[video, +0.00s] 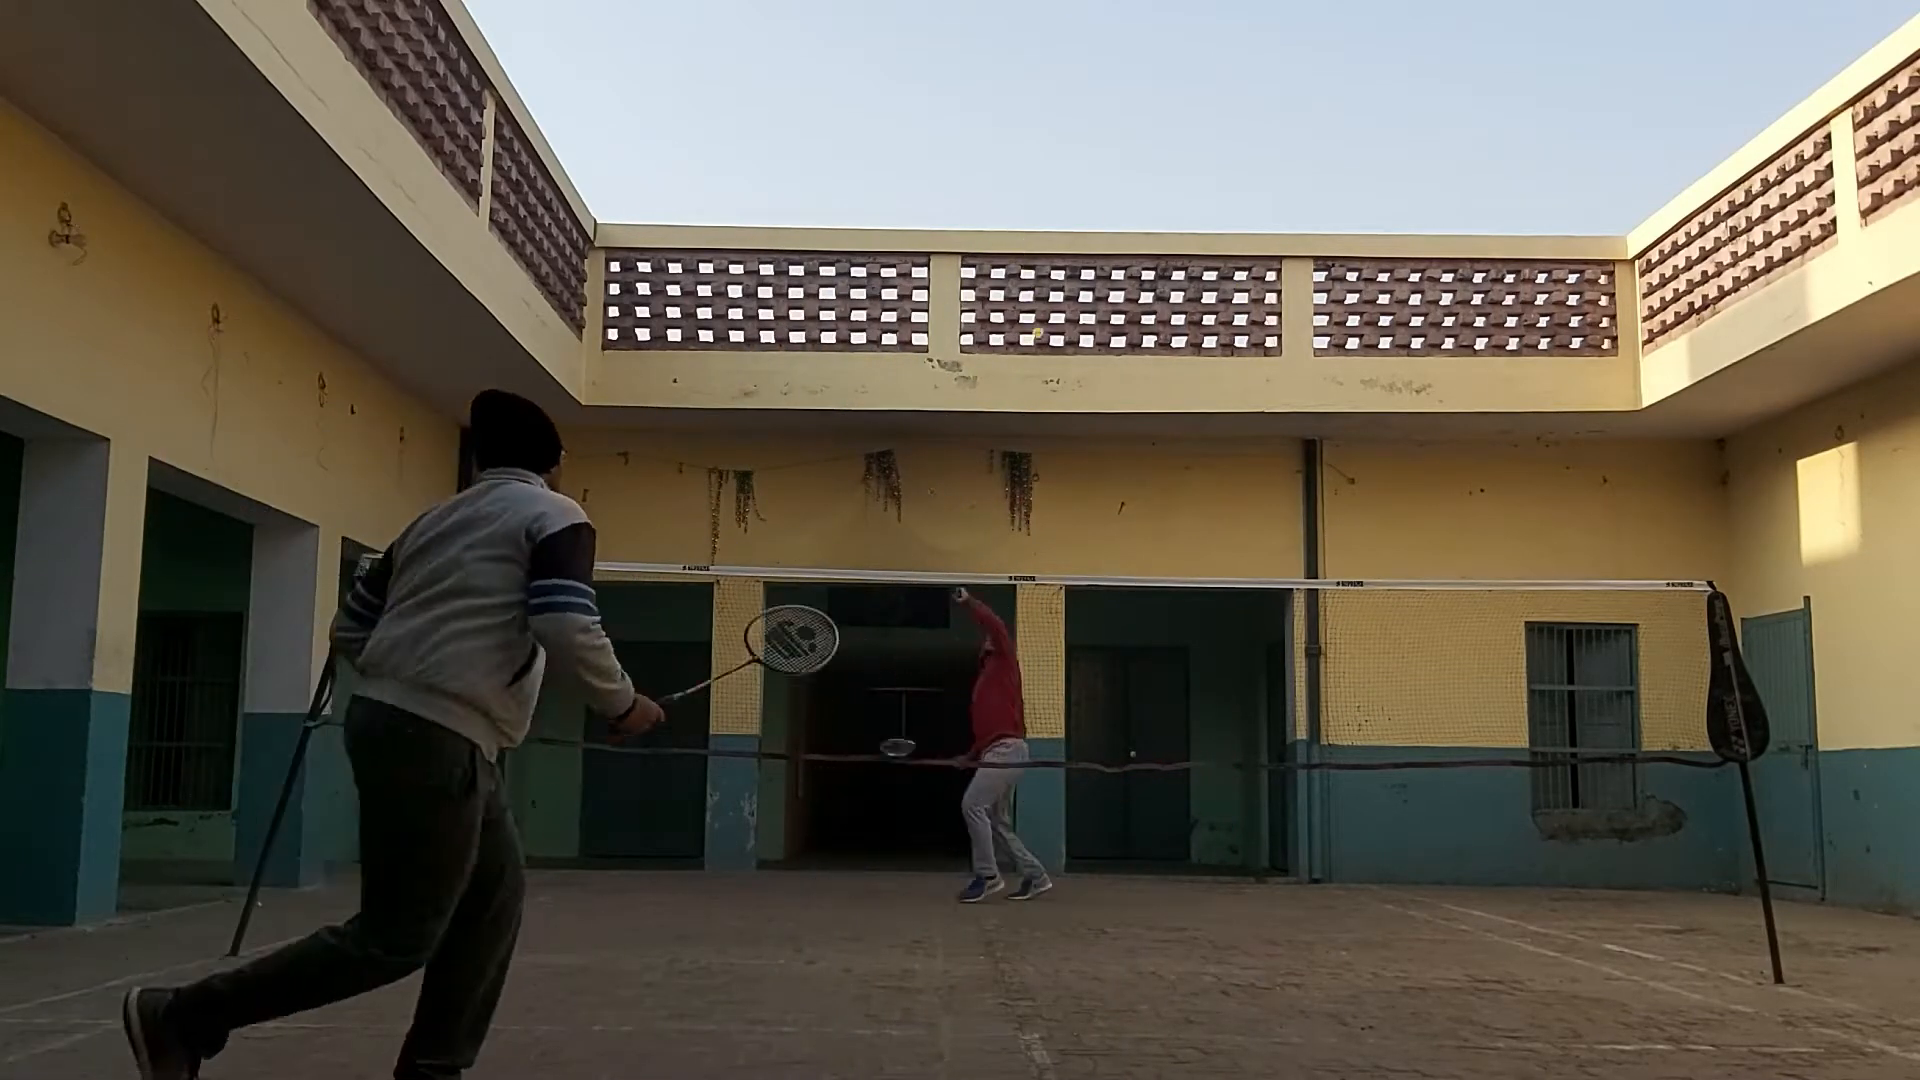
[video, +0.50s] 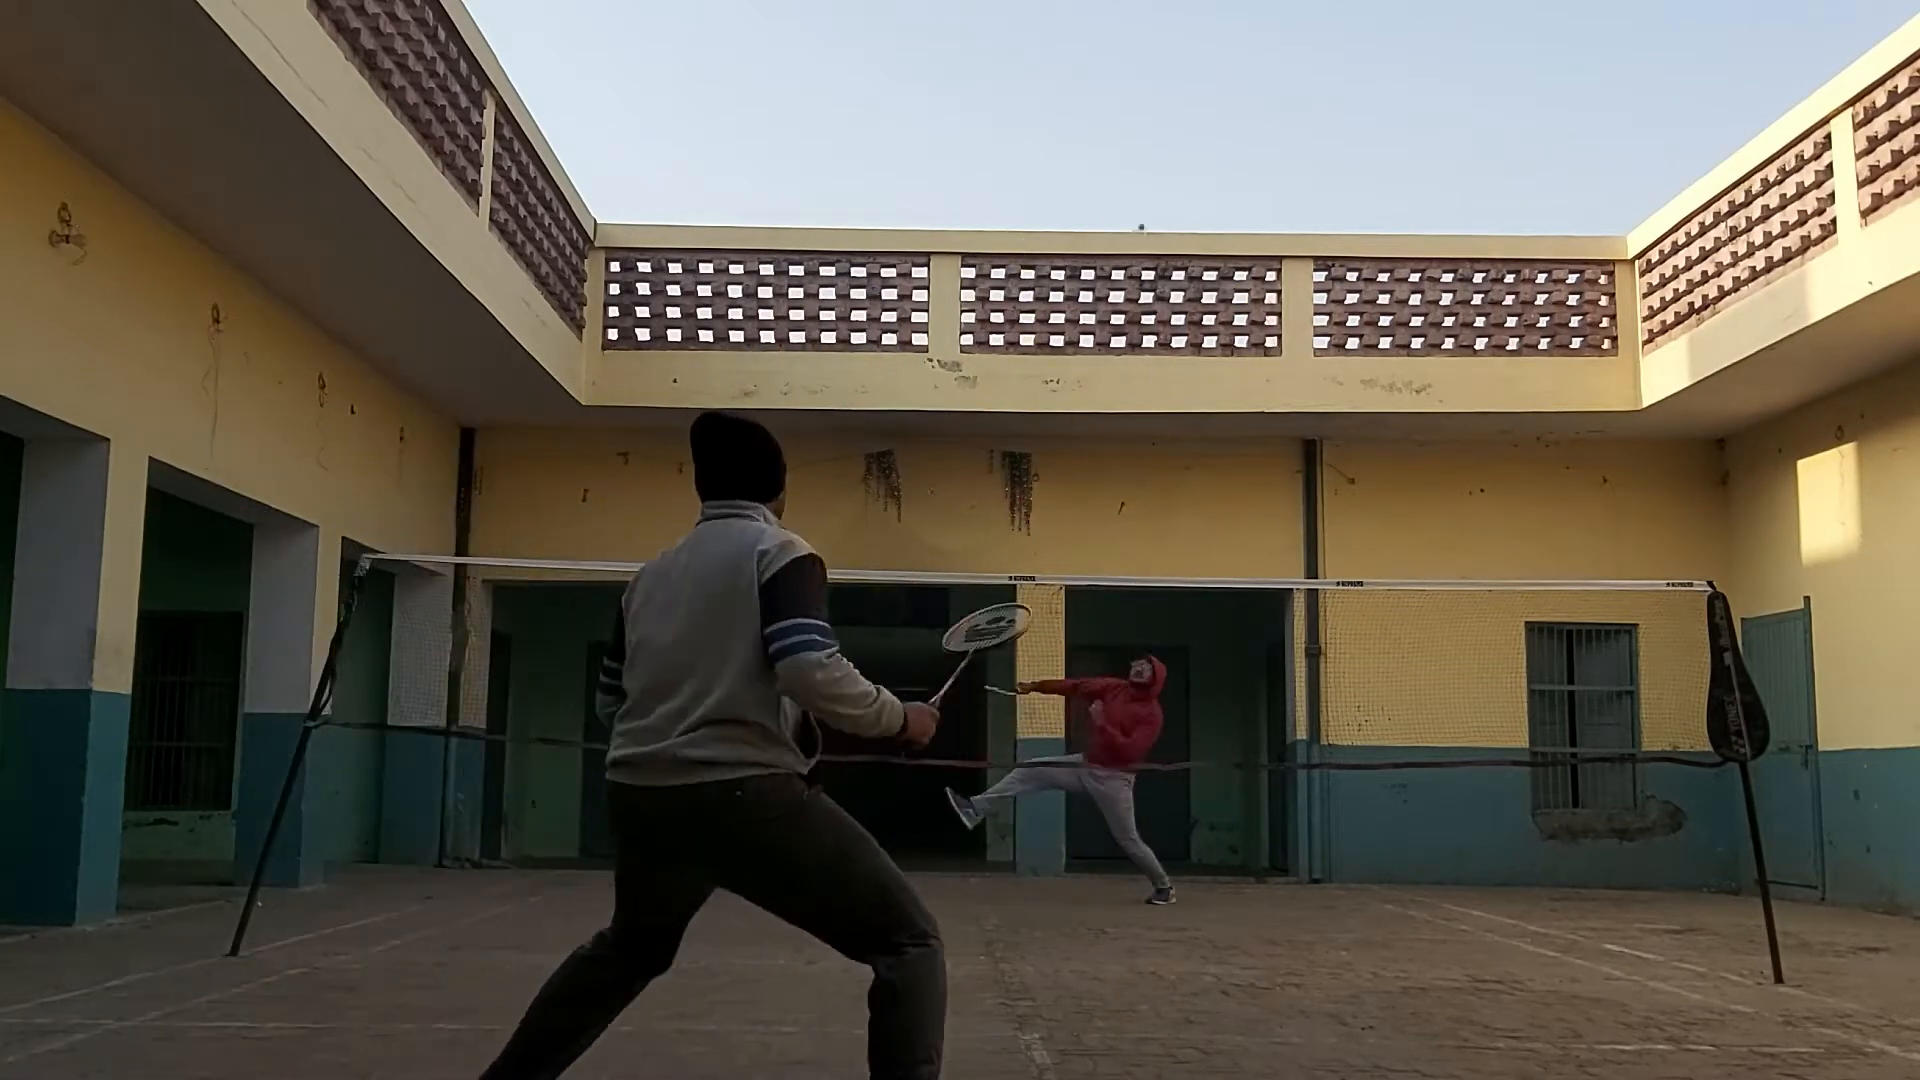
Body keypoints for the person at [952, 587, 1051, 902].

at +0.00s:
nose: (986, 641)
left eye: (990, 637)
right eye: (984, 638)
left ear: (998, 642)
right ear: (982, 645)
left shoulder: (1004, 660)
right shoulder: (987, 674)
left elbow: (997, 626)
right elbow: (990, 721)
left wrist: (970, 602)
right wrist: (972, 755)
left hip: (1008, 748)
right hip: (996, 751)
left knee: (974, 806)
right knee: (996, 821)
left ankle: (988, 875)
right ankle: (1035, 875)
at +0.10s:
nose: (1018, 636)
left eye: (1022, 632)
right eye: (1018, 632)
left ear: (1030, 637)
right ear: (1017, 640)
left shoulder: (1034, 659)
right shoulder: (1016, 670)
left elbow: (1028, 624)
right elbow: (1012, 709)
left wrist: (1016, 592)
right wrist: (993, 708)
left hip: (1026, 741)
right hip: (1015, 742)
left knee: (993, 796)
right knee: (1012, 808)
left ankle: (1038, 848)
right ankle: (1033, 878)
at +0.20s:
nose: (1063, 639)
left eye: (1067, 637)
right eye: (1062, 637)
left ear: (1077, 644)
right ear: (1061, 644)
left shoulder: (1075, 660)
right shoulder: (1044, 669)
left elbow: (1058, 646)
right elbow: (1016, 683)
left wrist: (1038, 628)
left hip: (1039, 733)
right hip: (1019, 733)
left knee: (1028, 795)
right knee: (1020, 806)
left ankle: (1080, 812)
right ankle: (1033, 873)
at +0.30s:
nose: (1096, 641)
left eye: (1103, 639)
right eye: (1097, 638)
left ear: (1111, 647)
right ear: (1096, 646)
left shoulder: (1107, 673)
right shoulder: (1080, 658)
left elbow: (1075, 683)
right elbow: (1053, 637)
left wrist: (1051, 661)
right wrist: (1035, 605)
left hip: (1061, 737)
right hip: (1039, 733)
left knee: (1069, 803)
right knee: (1012, 794)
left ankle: (1124, 826)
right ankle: (1018, 866)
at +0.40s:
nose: (1122, 648)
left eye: (1129, 648)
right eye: (1124, 645)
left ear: (1137, 659)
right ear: (1124, 653)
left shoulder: (1130, 693)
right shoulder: (1104, 666)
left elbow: (1086, 710)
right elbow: (1076, 651)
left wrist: (1079, 682)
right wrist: (1042, 634)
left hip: (1093, 763)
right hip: (1065, 752)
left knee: (1109, 827)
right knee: (1016, 781)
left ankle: (1153, 878)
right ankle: (980, 843)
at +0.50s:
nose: (1138, 669)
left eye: (1144, 667)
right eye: (1136, 665)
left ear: (1154, 678)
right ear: (1131, 671)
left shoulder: (1152, 715)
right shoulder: (1114, 688)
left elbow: (1129, 751)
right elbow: (1075, 686)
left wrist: (1101, 723)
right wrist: (1034, 686)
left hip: (1115, 780)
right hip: (1084, 768)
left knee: (1128, 840)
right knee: (1027, 773)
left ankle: (1164, 885)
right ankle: (973, 809)